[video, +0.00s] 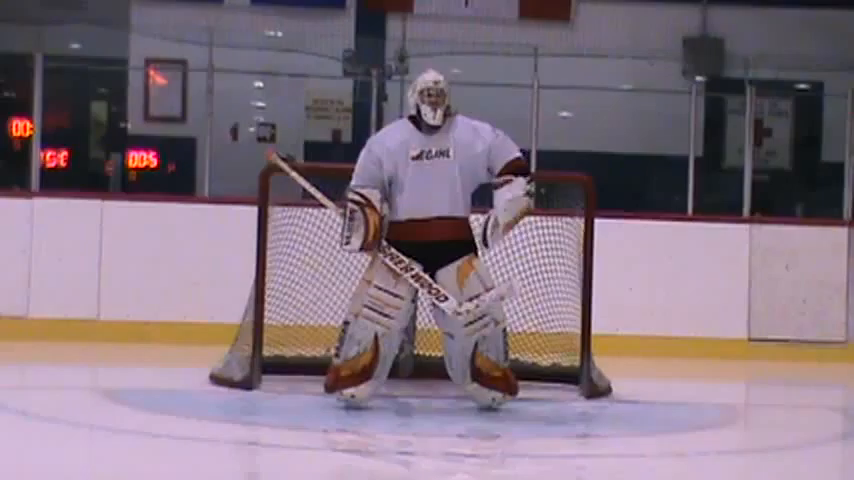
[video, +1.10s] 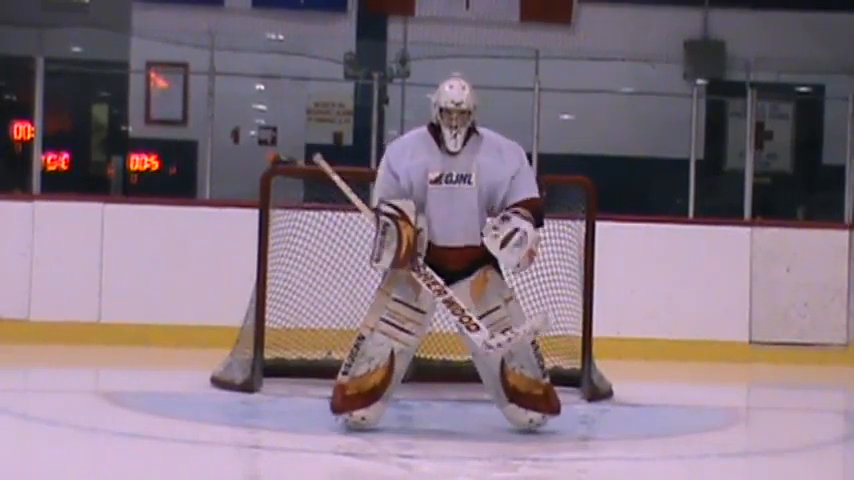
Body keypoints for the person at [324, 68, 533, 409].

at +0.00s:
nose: (434, 102)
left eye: (439, 96)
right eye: (427, 96)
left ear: (448, 98)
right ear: (415, 99)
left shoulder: (475, 135)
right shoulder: (387, 141)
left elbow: (512, 167)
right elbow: (364, 190)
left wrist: (507, 211)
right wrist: (361, 222)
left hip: (455, 244)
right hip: (400, 244)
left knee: (477, 314)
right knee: (375, 312)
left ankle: (489, 386)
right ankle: (354, 384)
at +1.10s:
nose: (454, 120)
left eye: (462, 114)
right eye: (448, 113)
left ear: (473, 113)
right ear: (435, 112)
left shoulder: (505, 154)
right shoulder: (404, 152)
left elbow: (528, 203)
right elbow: (388, 208)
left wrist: (515, 228)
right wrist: (399, 232)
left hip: (480, 268)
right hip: (418, 267)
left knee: (508, 337)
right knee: (387, 334)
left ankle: (527, 410)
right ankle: (361, 406)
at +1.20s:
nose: (459, 132)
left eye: (466, 125)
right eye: (452, 125)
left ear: (478, 124)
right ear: (438, 123)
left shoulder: (501, 162)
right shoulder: (409, 161)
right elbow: (400, 222)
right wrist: (421, 258)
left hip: (478, 267)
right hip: (421, 264)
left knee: (504, 332)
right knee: (394, 331)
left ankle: (529, 407)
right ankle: (366, 407)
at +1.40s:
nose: (469, 185)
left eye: (476, 177)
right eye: (463, 176)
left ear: (488, 174)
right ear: (449, 171)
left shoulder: (509, 205)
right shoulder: (417, 194)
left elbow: (500, 262)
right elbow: (407, 251)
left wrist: (478, 286)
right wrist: (433, 282)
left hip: (476, 277)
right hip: (422, 272)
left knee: (507, 339)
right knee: (398, 334)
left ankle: (535, 413)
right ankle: (367, 411)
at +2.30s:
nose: (480, 146)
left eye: (487, 139)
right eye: (473, 138)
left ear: (497, 141)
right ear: (459, 138)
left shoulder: (519, 185)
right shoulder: (426, 170)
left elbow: (533, 245)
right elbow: (399, 220)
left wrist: (519, 265)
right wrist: (417, 266)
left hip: (482, 277)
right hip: (424, 272)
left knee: (510, 339)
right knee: (395, 336)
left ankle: (536, 414)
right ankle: (368, 412)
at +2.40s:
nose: (477, 126)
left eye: (483, 119)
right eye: (470, 119)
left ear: (493, 123)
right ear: (456, 120)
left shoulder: (515, 167)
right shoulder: (422, 156)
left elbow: (538, 213)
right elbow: (386, 195)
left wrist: (545, 233)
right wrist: (397, 224)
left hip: (483, 268)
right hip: (426, 265)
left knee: (514, 342)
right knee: (394, 339)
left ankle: (537, 417)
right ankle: (366, 414)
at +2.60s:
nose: (473, 106)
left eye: (479, 99)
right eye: (466, 99)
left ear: (489, 102)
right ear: (452, 100)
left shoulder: (511, 146)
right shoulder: (422, 142)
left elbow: (528, 200)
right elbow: (390, 191)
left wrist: (556, 186)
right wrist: (393, 223)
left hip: (490, 263)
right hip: (432, 262)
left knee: (514, 340)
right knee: (401, 336)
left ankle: (539, 416)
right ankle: (370, 413)